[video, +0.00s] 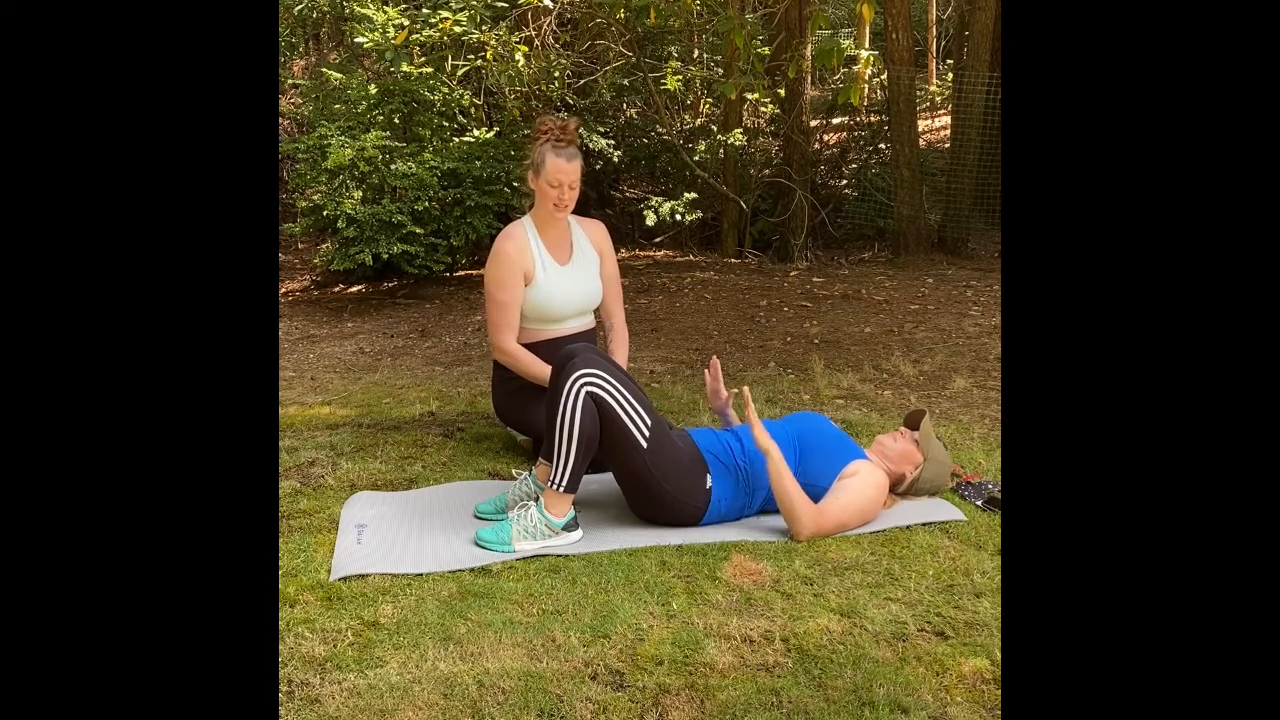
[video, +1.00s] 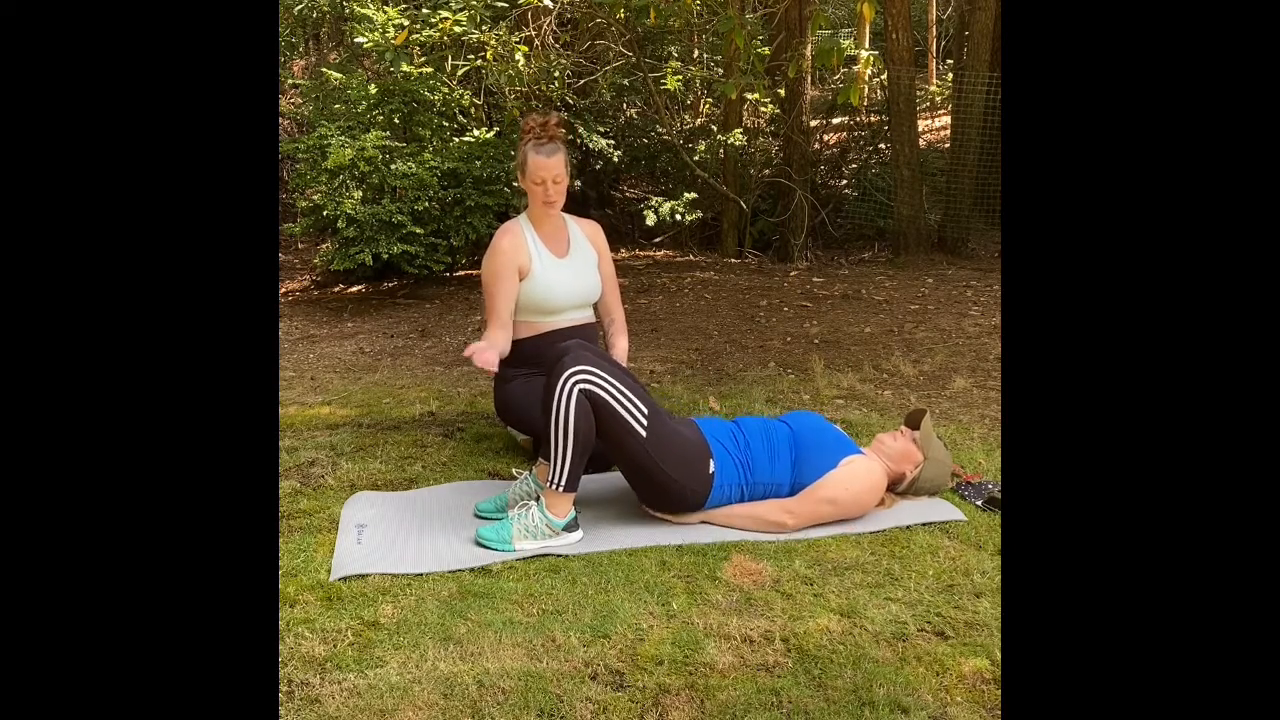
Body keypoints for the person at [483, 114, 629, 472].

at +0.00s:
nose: (564, 196)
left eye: (573, 186)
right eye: (554, 185)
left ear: (581, 183)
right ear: (533, 181)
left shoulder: (595, 234)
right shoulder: (512, 246)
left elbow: (615, 321)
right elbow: (502, 346)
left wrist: (614, 380)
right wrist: (569, 384)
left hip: (585, 373)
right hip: (525, 384)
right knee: (610, 447)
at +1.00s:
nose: (550, 191)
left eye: (558, 180)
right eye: (539, 182)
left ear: (568, 177)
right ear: (522, 181)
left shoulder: (591, 233)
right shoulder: (509, 242)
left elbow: (614, 320)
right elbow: (498, 322)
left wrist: (616, 361)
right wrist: (492, 344)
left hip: (588, 365)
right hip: (525, 373)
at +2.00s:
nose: (547, 183)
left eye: (554, 173)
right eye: (536, 173)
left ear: (561, 177)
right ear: (513, 175)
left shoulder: (576, 228)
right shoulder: (498, 241)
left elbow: (639, 292)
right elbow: (507, 325)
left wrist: (625, 265)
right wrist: (557, 264)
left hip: (584, 363)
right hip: (524, 376)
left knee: (650, 435)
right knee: (605, 445)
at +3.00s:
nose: (549, 183)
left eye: (556, 173)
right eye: (538, 172)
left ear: (563, 177)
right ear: (515, 174)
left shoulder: (579, 229)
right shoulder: (498, 242)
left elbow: (641, 295)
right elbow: (502, 322)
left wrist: (625, 268)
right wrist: (556, 267)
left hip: (584, 364)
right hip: (523, 377)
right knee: (600, 445)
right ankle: (541, 450)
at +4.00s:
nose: (549, 182)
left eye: (556, 173)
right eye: (538, 170)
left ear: (563, 180)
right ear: (515, 173)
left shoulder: (579, 229)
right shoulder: (498, 242)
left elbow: (644, 292)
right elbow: (501, 321)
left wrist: (627, 269)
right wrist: (554, 268)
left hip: (584, 364)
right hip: (523, 376)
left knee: (638, 439)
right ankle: (540, 454)